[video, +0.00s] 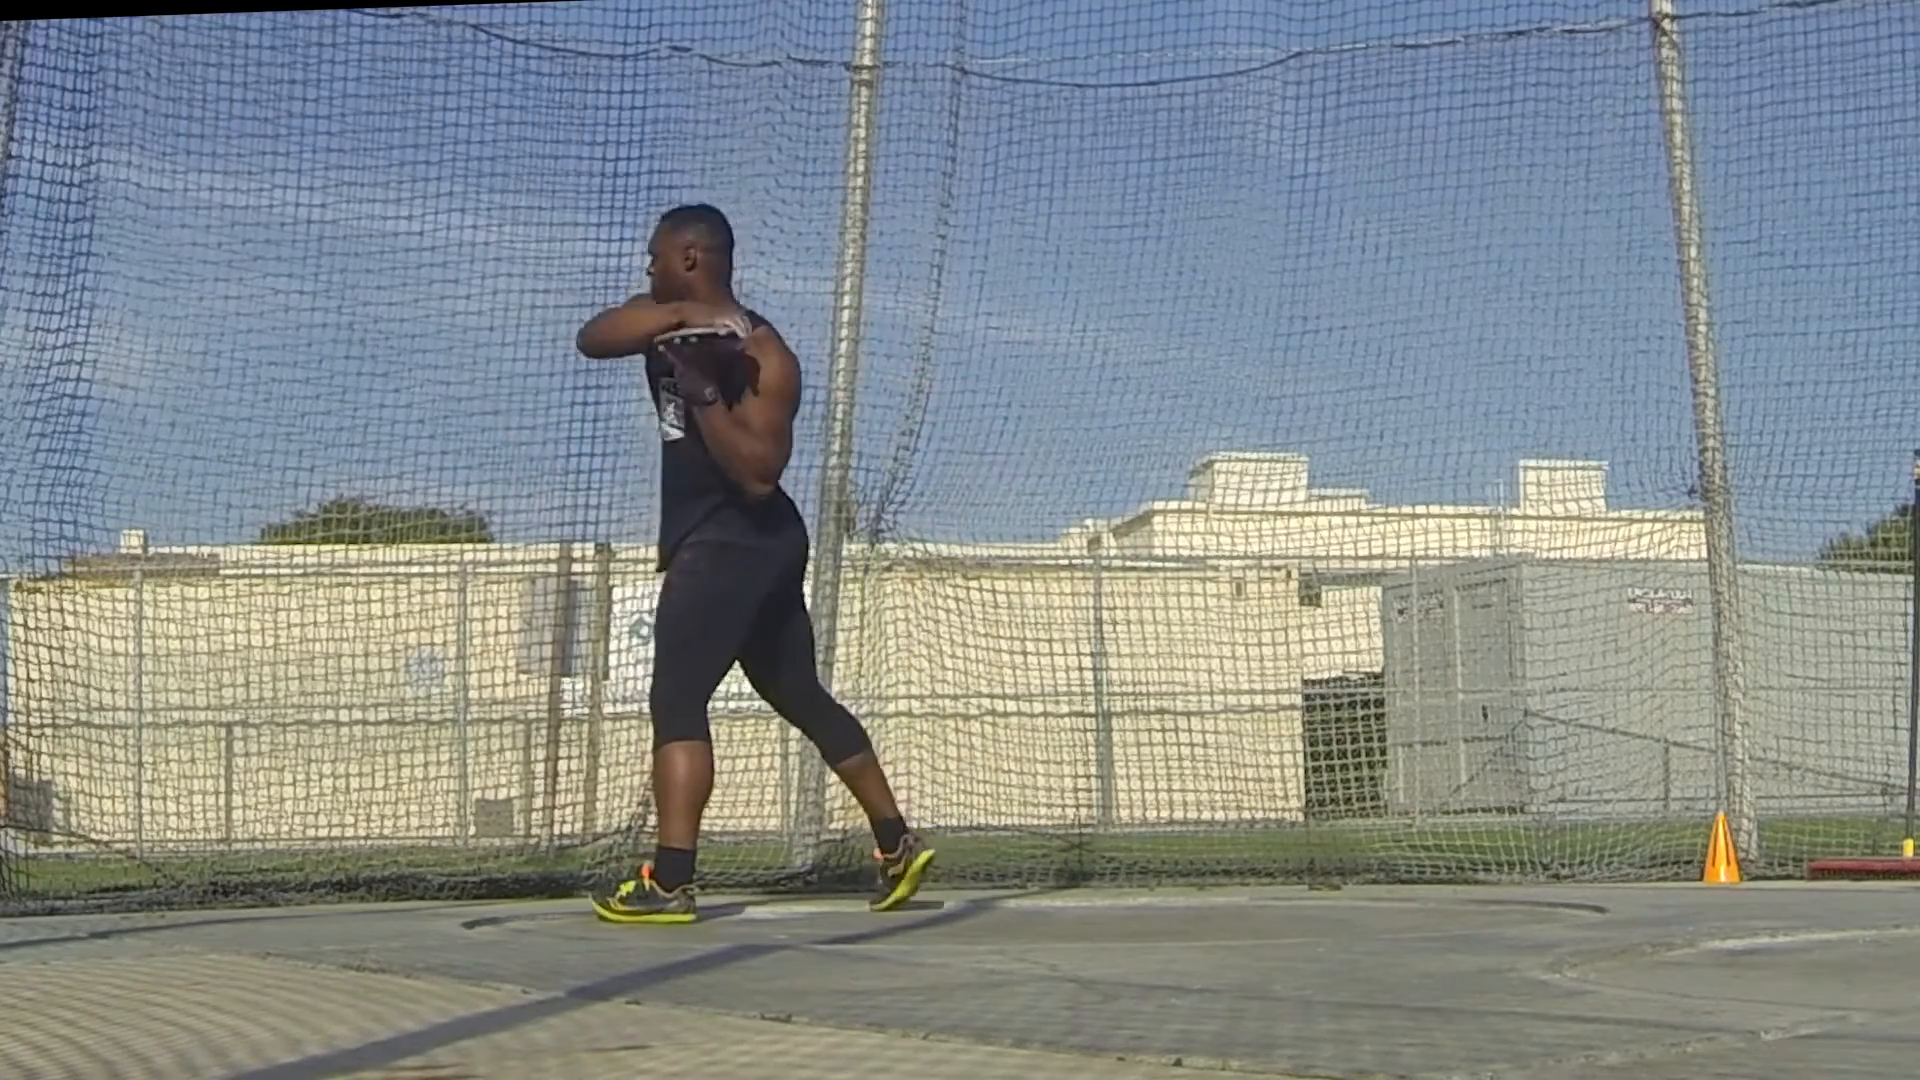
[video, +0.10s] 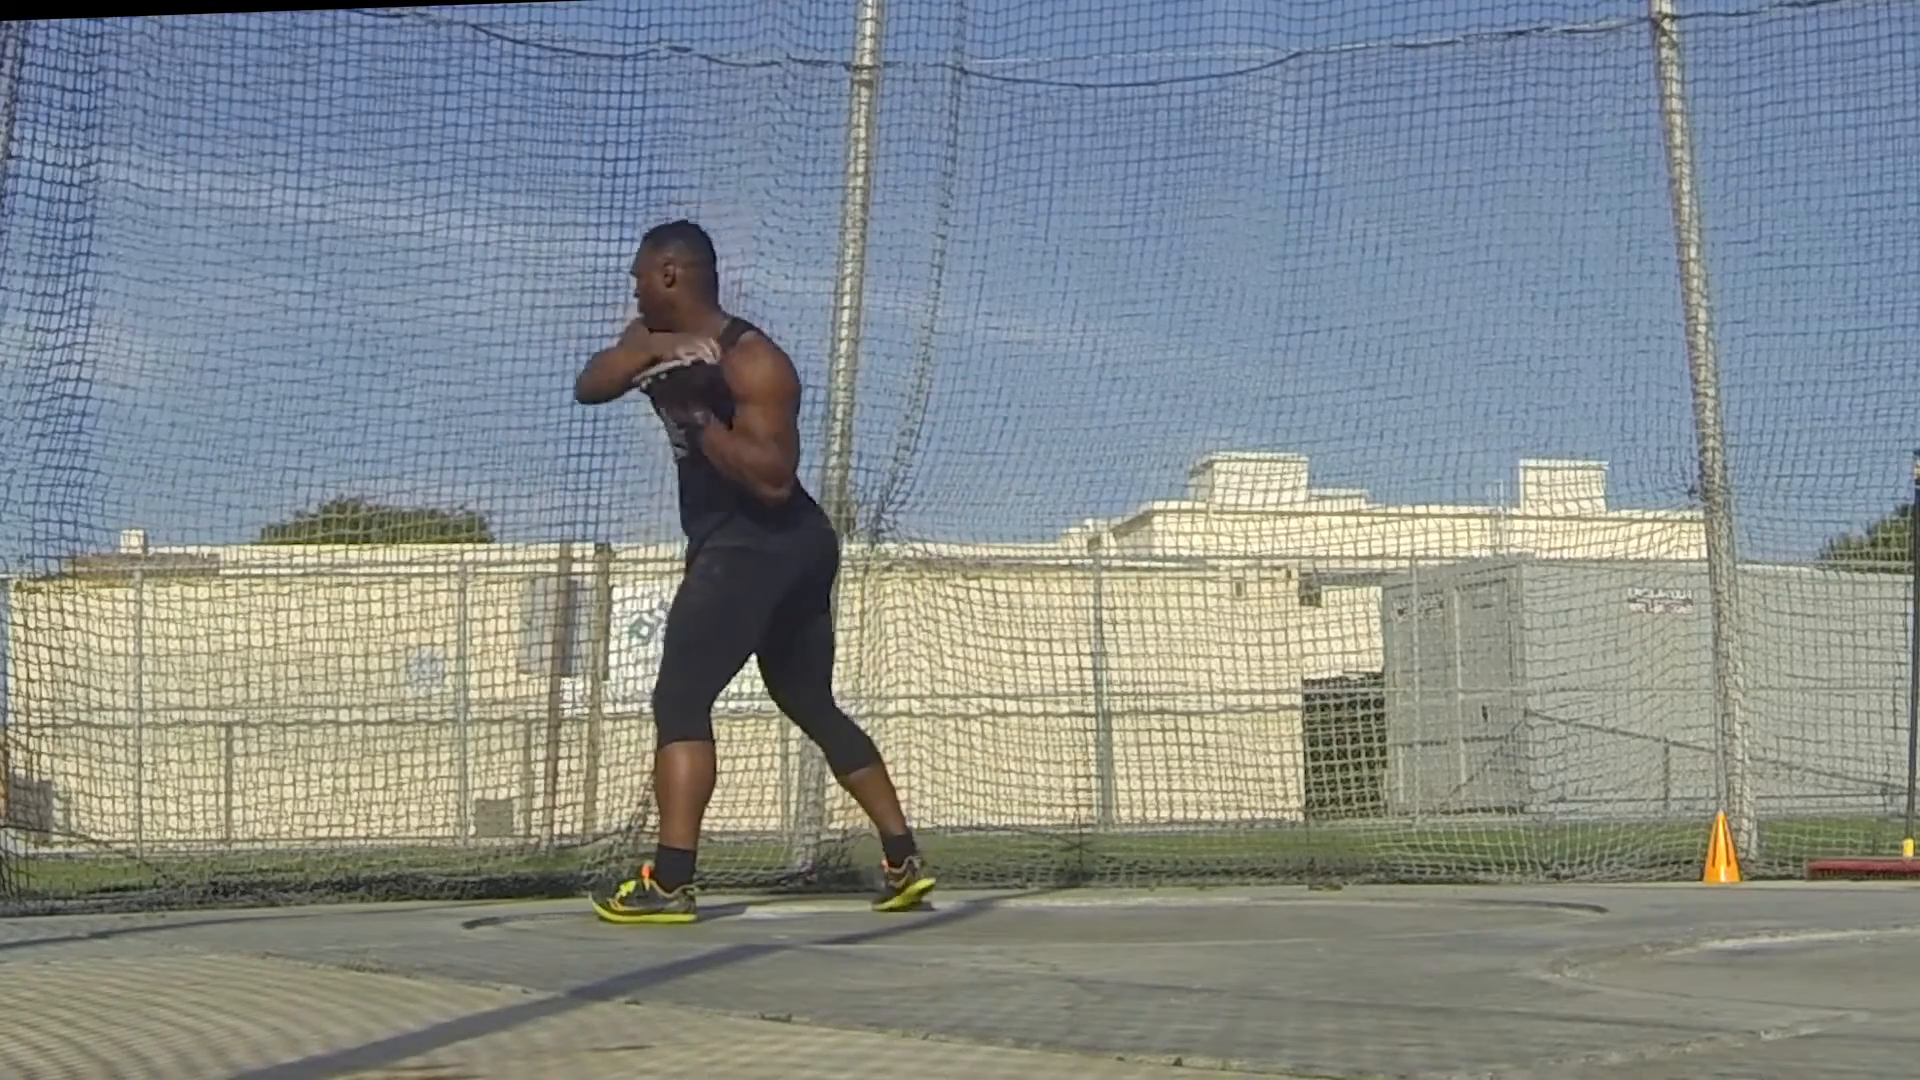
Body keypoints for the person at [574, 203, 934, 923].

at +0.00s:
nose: (649, 271)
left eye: (657, 259)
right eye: (651, 260)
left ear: (693, 259)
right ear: (705, 258)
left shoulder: (770, 357)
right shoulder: (667, 319)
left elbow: (759, 471)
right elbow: (592, 340)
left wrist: (699, 389)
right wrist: (681, 314)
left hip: (730, 543)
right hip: (757, 541)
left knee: (676, 696)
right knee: (799, 694)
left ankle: (671, 878)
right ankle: (897, 842)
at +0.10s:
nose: (634, 295)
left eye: (639, 281)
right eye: (634, 282)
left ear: (671, 276)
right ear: (680, 276)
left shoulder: (757, 361)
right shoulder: (655, 339)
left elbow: (774, 477)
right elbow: (589, 386)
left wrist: (697, 418)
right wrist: (657, 352)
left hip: (749, 549)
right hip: (798, 544)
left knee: (680, 697)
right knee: (807, 698)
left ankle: (670, 879)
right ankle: (904, 857)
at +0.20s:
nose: (630, 345)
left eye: (632, 328)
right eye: (628, 331)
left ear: (659, 318)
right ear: (675, 316)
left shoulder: (743, 380)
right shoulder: (668, 390)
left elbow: (775, 483)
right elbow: (640, 454)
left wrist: (674, 463)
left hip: (775, 561)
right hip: (835, 559)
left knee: (678, 700)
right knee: (826, 707)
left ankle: (669, 879)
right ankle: (903, 869)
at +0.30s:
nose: (651, 393)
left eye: (652, 378)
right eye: (649, 380)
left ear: (677, 369)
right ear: (705, 366)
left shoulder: (726, 405)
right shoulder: (715, 435)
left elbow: (748, 494)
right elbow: (676, 508)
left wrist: (658, 538)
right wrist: (630, 541)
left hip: (796, 579)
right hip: (866, 580)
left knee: (670, 703)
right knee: (844, 715)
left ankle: (666, 881)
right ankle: (902, 876)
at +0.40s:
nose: (701, 417)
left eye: (702, 405)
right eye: (701, 407)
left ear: (714, 396)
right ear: (757, 392)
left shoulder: (731, 421)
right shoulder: (804, 440)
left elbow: (724, 495)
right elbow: (799, 553)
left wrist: (662, 582)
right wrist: (714, 627)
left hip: (797, 586)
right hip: (876, 591)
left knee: (658, 703)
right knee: (861, 724)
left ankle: (662, 879)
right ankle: (904, 876)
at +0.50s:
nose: (747, 416)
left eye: (746, 408)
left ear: (750, 402)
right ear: (805, 401)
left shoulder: (743, 424)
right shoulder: (863, 453)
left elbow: (701, 480)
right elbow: (913, 554)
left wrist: (639, 559)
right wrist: (899, 611)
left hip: (783, 587)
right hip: (873, 599)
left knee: (649, 693)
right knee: (869, 728)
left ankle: (650, 852)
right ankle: (904, 877)